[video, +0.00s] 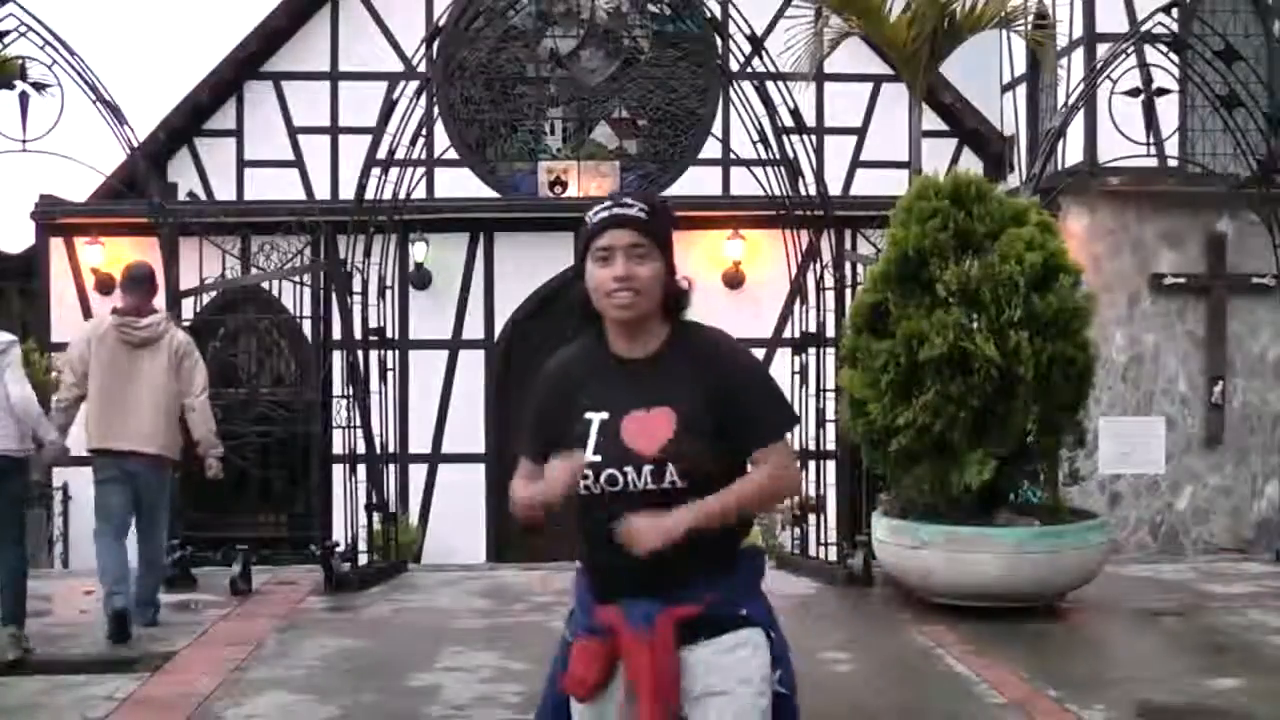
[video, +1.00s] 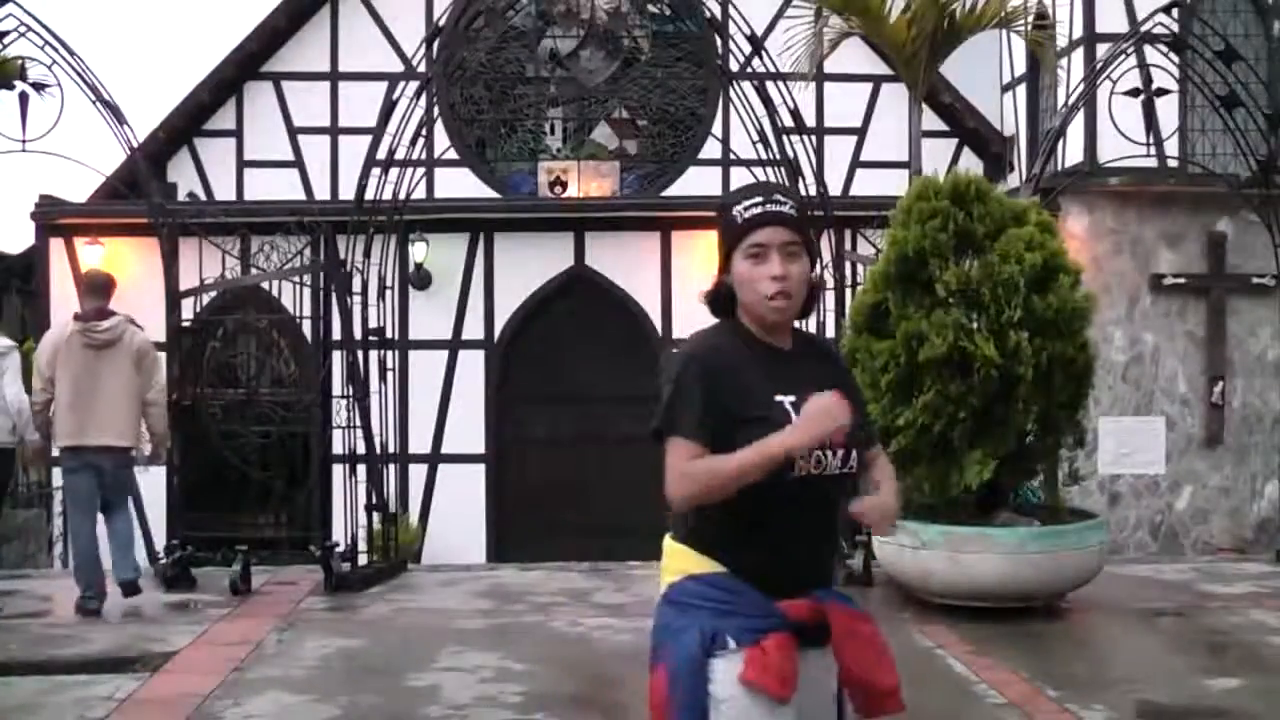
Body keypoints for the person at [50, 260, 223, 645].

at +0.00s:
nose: (129, 299)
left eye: (125, 292)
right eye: (144, 292)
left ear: (120, 290)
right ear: (155, 293)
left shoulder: (94, 334)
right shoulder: (177, 341)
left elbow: (68, 393)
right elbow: (196, 400)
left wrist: (53, 439)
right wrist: (211, 452)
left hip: (108, 448)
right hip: (156, 450)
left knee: (110, 530)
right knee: (153, 536)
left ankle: (117, 602)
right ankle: (145, 611)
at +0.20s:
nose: (138, 299)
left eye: (129, 292)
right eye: (147, 291)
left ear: (121, 291)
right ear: (156, 291)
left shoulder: (99, 333)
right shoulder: (181, 340)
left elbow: (68, 389)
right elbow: (199, 400)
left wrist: (49, 436)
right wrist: (203, 448)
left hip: (110, 449)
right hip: (159, 450)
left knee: (103, 521)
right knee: (154, 533)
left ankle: (115, 582)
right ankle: (147, 610)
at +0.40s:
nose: (128, 300)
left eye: (124, 294)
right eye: (135, 293)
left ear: (119, 294)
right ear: (152, 293)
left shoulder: (97, 335)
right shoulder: (178, 339)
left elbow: (65, 387)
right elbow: (195, 399)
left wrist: (45, 431)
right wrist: (178, 424)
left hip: (107, 449)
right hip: (156, 449)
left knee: (101, 527)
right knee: (153, 534)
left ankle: (95, 600)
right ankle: (146, 610)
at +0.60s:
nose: (106, 306)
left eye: (107, 301)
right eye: (108, 301)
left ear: (108, 300)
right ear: (138, 299)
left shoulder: (87, 340)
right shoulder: (167, 342)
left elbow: (60, 392)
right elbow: (180, 400)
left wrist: (40, 433)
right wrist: (166, 427)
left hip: (101, 449)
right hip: (148, 447)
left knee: (96, 525)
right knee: (145, 529)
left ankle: (91, 596)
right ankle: (145, 608)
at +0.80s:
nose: (99, 304)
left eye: (96, 298)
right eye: (105, 297)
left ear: (91, 297)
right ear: (122, 296)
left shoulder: (71, 340)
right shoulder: (149, 342)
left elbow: (51, 393)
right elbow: (165, 399)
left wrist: (38, 433)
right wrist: (166, 444)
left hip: (83, 448)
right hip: (127, 448)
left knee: (84, 525)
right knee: (132, 518)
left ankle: (90, 597)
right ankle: (142, 578)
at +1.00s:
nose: (90, 301)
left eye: (86, 293)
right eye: (102, 294)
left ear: (80, 294)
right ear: (111, 295)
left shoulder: (57, 338)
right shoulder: (136, 339)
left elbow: (40, 397)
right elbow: (154, 396)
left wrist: (44, 434)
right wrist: (159, 443)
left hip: (74, 442)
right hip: (117, 442)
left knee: (81, 519)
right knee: (118, 508)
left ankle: (90, 596)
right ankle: (127, 574)